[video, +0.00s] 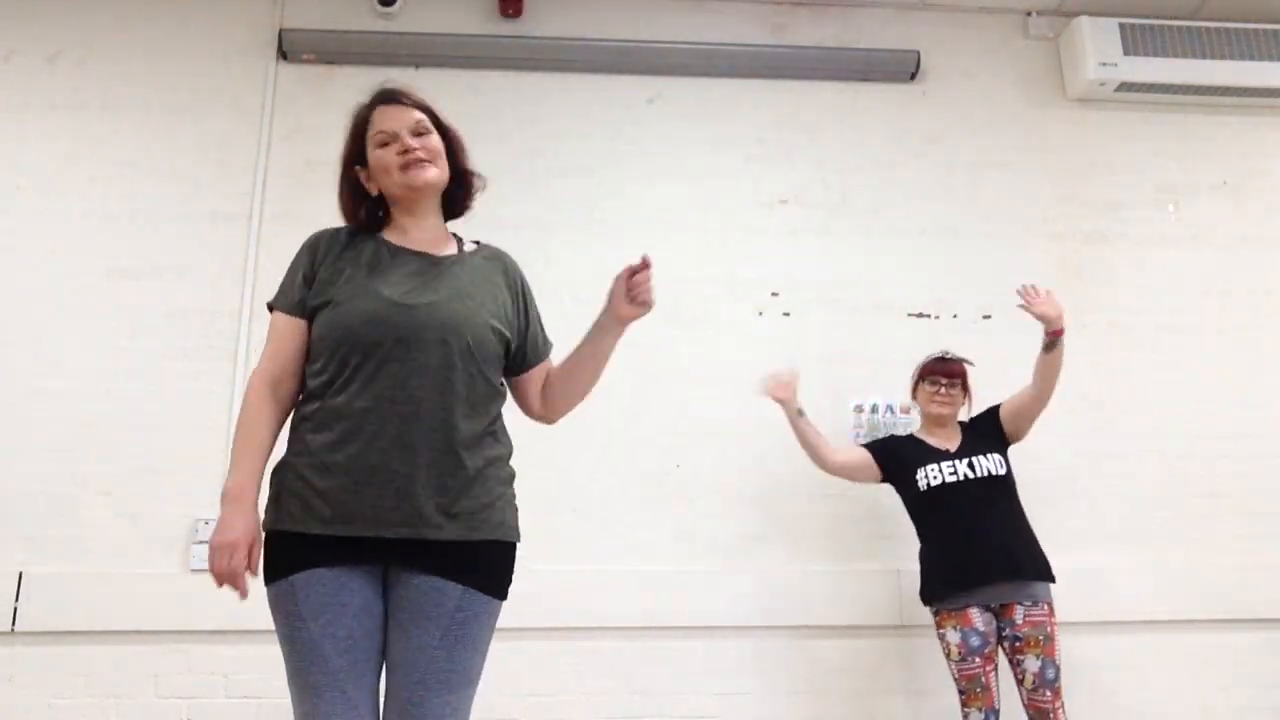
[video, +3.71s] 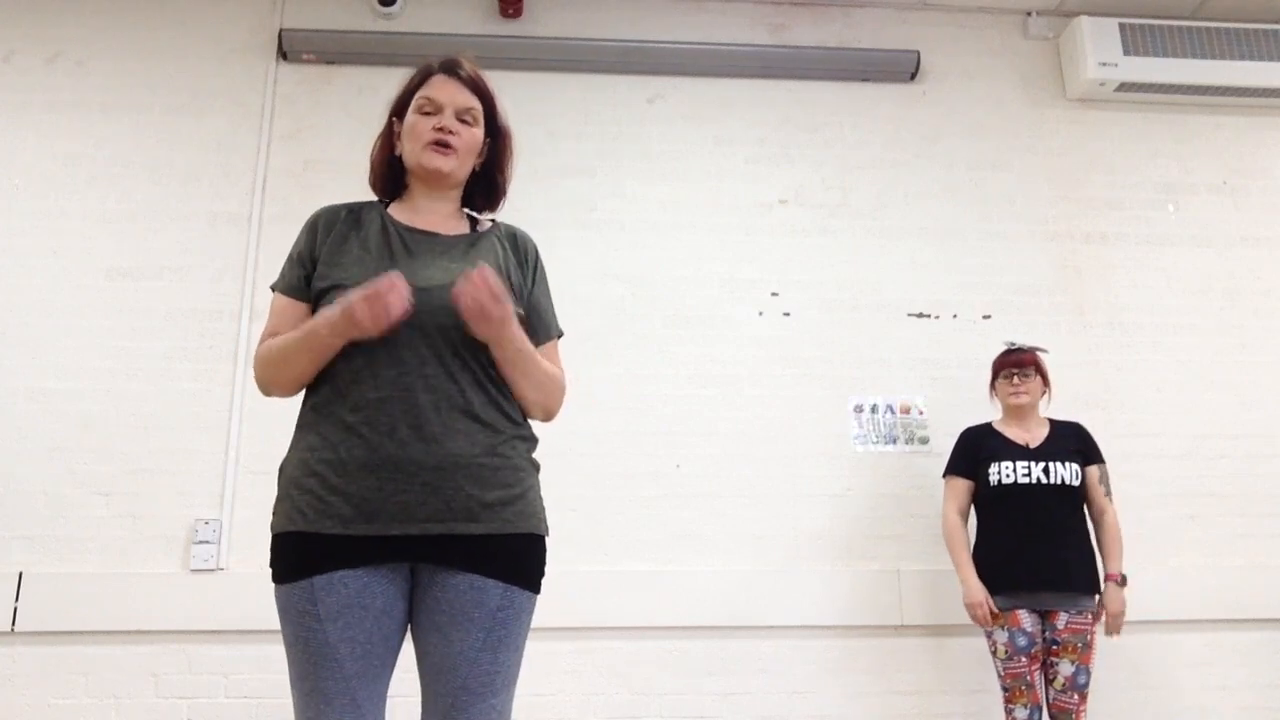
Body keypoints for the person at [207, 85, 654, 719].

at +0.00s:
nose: (411, 144)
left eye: (422, 132)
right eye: (388, 141)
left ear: (448, 155)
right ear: (366, 176)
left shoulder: (498, 273)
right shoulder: (328, 255)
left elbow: (545, 400)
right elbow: (273, 386)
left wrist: (614, 319)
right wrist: (239, 502)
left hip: (460, 535)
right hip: (321, 526)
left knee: (431, 713)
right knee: (333, 713)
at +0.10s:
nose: (403, 142)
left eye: (416, 130)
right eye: (381, 140)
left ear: (441, 151)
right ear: (361, 174)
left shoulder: (494, 268)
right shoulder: (322, 256)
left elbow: (540, 403)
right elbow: (273, 391)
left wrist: (571, 352)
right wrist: (236, 509)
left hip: (460, 533)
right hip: (323, 528)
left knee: (432, 713)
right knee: (334, 712)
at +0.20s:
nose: (400, 143)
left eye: (412, 130)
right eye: (378, 140)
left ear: (440, 150)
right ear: (359, 175)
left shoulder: (491, 265)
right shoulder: (319, 255)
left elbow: (533, 405)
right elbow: (270, 389)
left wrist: (511, 369)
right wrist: (234, 501)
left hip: (459, 531)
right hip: (323, 526)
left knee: (431, 713)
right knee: (333, 712)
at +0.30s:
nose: (398, 141)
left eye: (410, 129)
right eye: (375, 138)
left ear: (438, 152)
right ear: (356, 173)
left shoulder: (490, 264)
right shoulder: (319, 254)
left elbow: (514, 398)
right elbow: (269, 387)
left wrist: (425, 400)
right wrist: (231, 498)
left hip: (458, 534)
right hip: (321, 530)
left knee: (430, 713)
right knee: (333, 713)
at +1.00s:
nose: (403, 144)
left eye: (420, 132)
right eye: (383, 132)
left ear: (446, 156)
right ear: (359, 156)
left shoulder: (480, 264)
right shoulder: (308, 250)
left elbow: (519, 396)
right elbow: (254, 375)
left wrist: (444, 388)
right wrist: (284, 415)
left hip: (448, 534)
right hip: (310, 531)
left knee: (423, 714)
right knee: (324, 713)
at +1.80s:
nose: (447, 129)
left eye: (463, 119)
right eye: (426, 120)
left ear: (486, 146)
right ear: (398, 149)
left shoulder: (523, 256)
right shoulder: (347, 236)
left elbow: (556, 410)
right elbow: (291, 363)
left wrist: (550, 382)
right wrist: (324, 383)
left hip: (492, 524)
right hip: (349, 522)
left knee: (478, 714)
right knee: (352, 713)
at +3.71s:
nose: (446, 124)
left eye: (466, 117)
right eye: (429, 111)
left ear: (485, 148)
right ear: (397, 133)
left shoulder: (513, 250)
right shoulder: (332, 230)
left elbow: (547, 400)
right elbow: (271, 375)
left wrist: (502, 333)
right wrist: (339, 323)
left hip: (486, 527)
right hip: (334, 521)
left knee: (472, 714)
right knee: (336, 713)